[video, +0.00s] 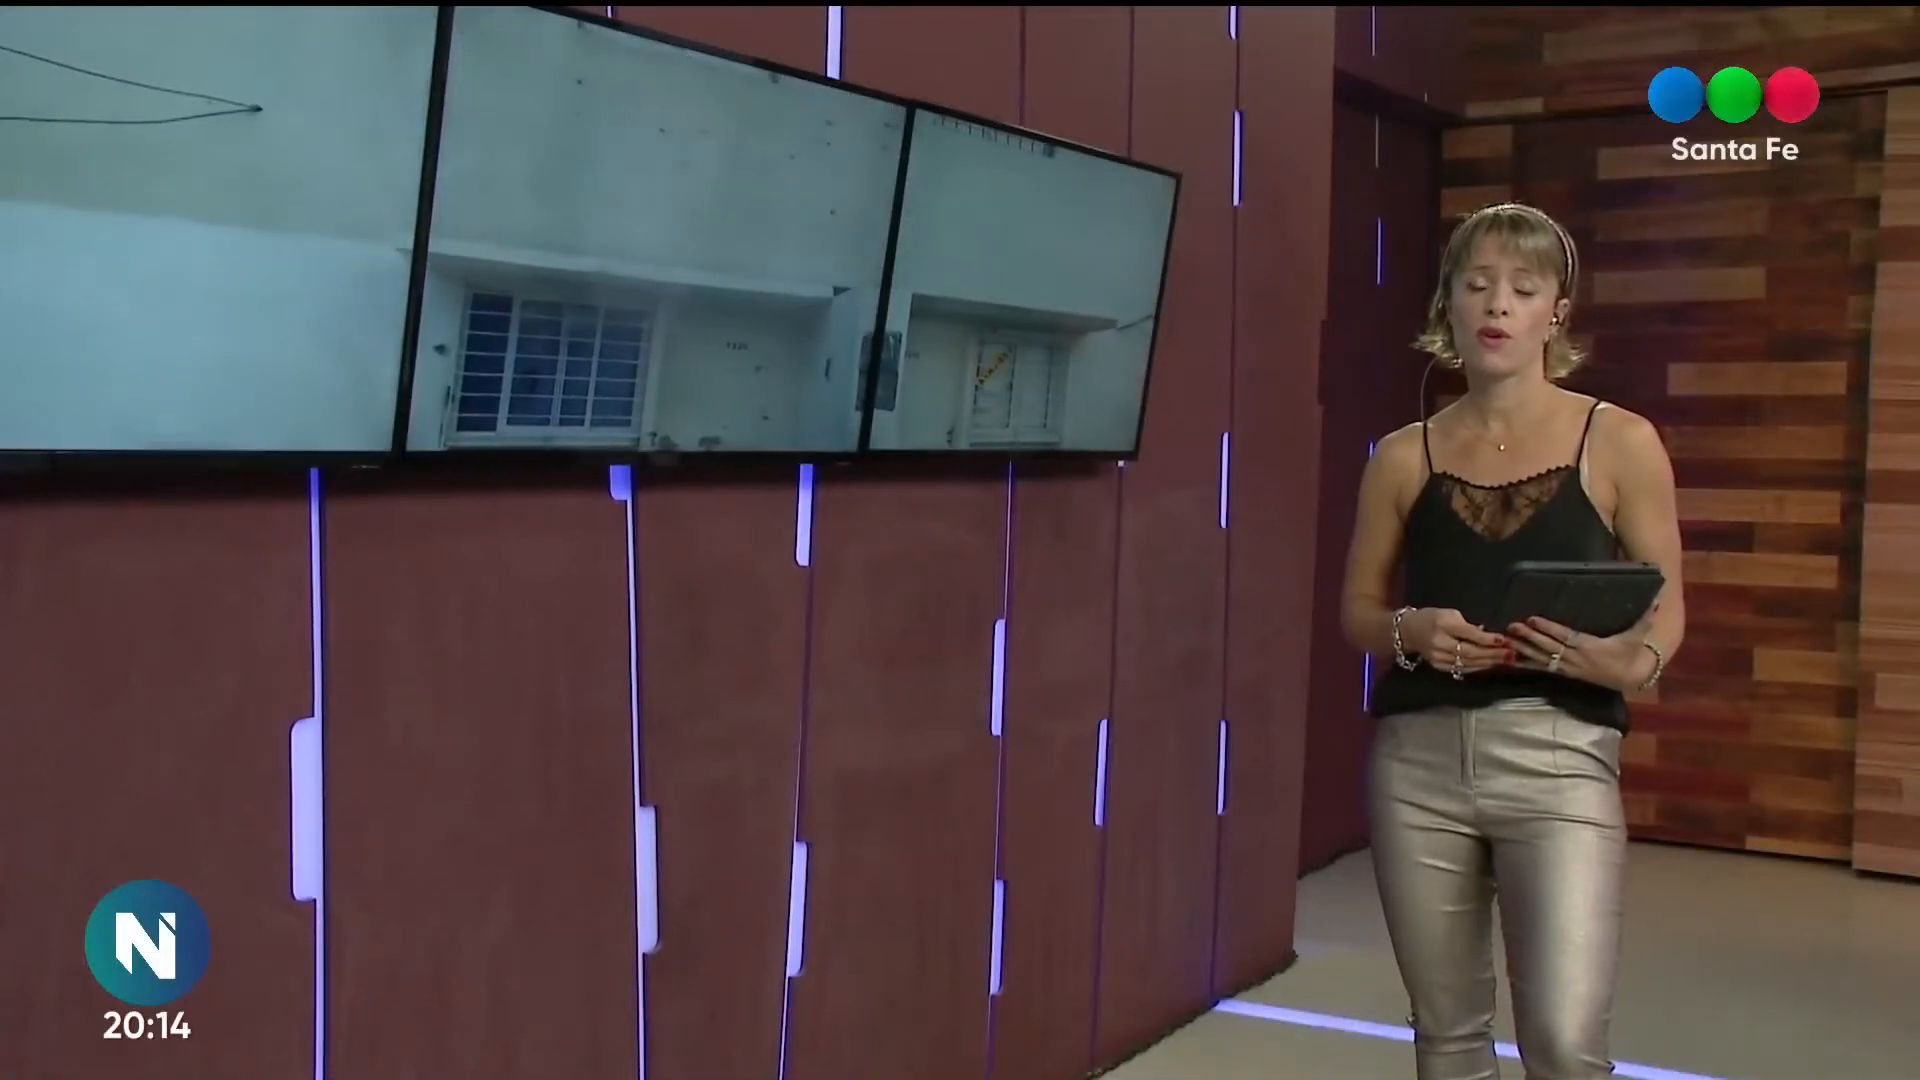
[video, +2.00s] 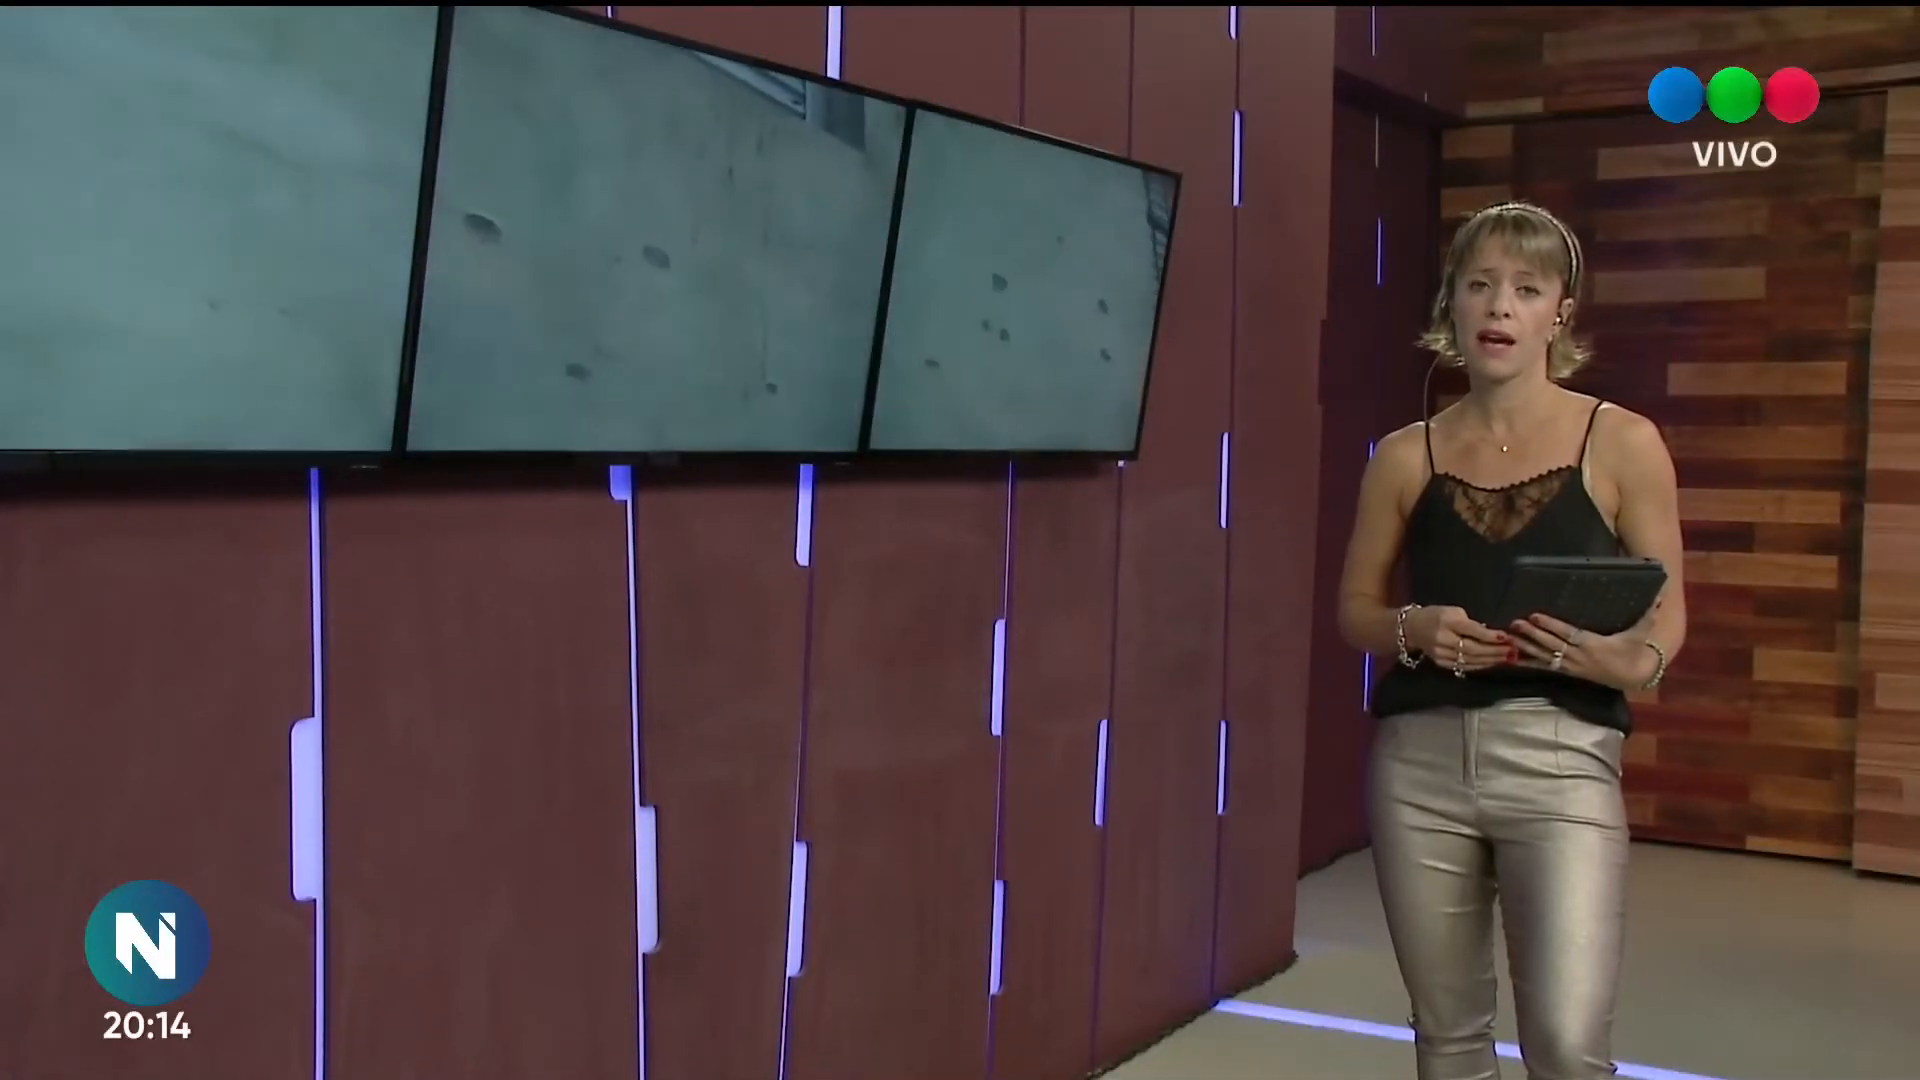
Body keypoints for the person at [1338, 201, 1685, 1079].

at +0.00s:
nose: (1494, 303)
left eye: (1520, 287)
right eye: (1476, 283)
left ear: (1555, 313)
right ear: (1448, 304)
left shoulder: (1620, 443)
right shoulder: (1401, 460)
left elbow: (1663, 604)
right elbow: (1357, 611)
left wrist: (1628, 664)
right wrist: (1405, 631)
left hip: (1557, 766)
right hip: (1416, 767)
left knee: (1563, 1048)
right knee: (1447, 1039)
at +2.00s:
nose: (1497, 305)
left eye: (1524, 288)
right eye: (1479, 284)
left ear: (1559, 313)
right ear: (1451, 305)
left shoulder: (1623, 444)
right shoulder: (1403, 459)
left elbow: (1665, 614)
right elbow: (1354, 611)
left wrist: (1627, 663)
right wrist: (1410, 629)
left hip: (1560, 768)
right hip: (1418, 768)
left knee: (1566, 1049)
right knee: (1447, 1041)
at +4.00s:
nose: (1490, 304)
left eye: (1517, 288)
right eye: (1471, 283)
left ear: (1552, 314)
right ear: (1443, 305)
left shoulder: (1617, 442)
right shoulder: (1398, 459)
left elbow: (1662, 605)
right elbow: (1352, 614)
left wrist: (1628, 662)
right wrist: (1407, 629)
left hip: (1557, 767)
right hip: (1415, 768)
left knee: (1562, 1049)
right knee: (1445, 1041)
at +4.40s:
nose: (1504, 290)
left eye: (1531, 280)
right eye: (1486, 272)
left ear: (1557, 315)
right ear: (1451, 300)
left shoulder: (1616, 440)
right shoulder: (1399, 459)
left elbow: (1667, 608)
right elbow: (1353, 617)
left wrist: (1628, 655)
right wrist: (1415, 620)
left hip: (1561, 766)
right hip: (1418, 766)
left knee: (1566, 1048)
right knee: (1448, 1039)